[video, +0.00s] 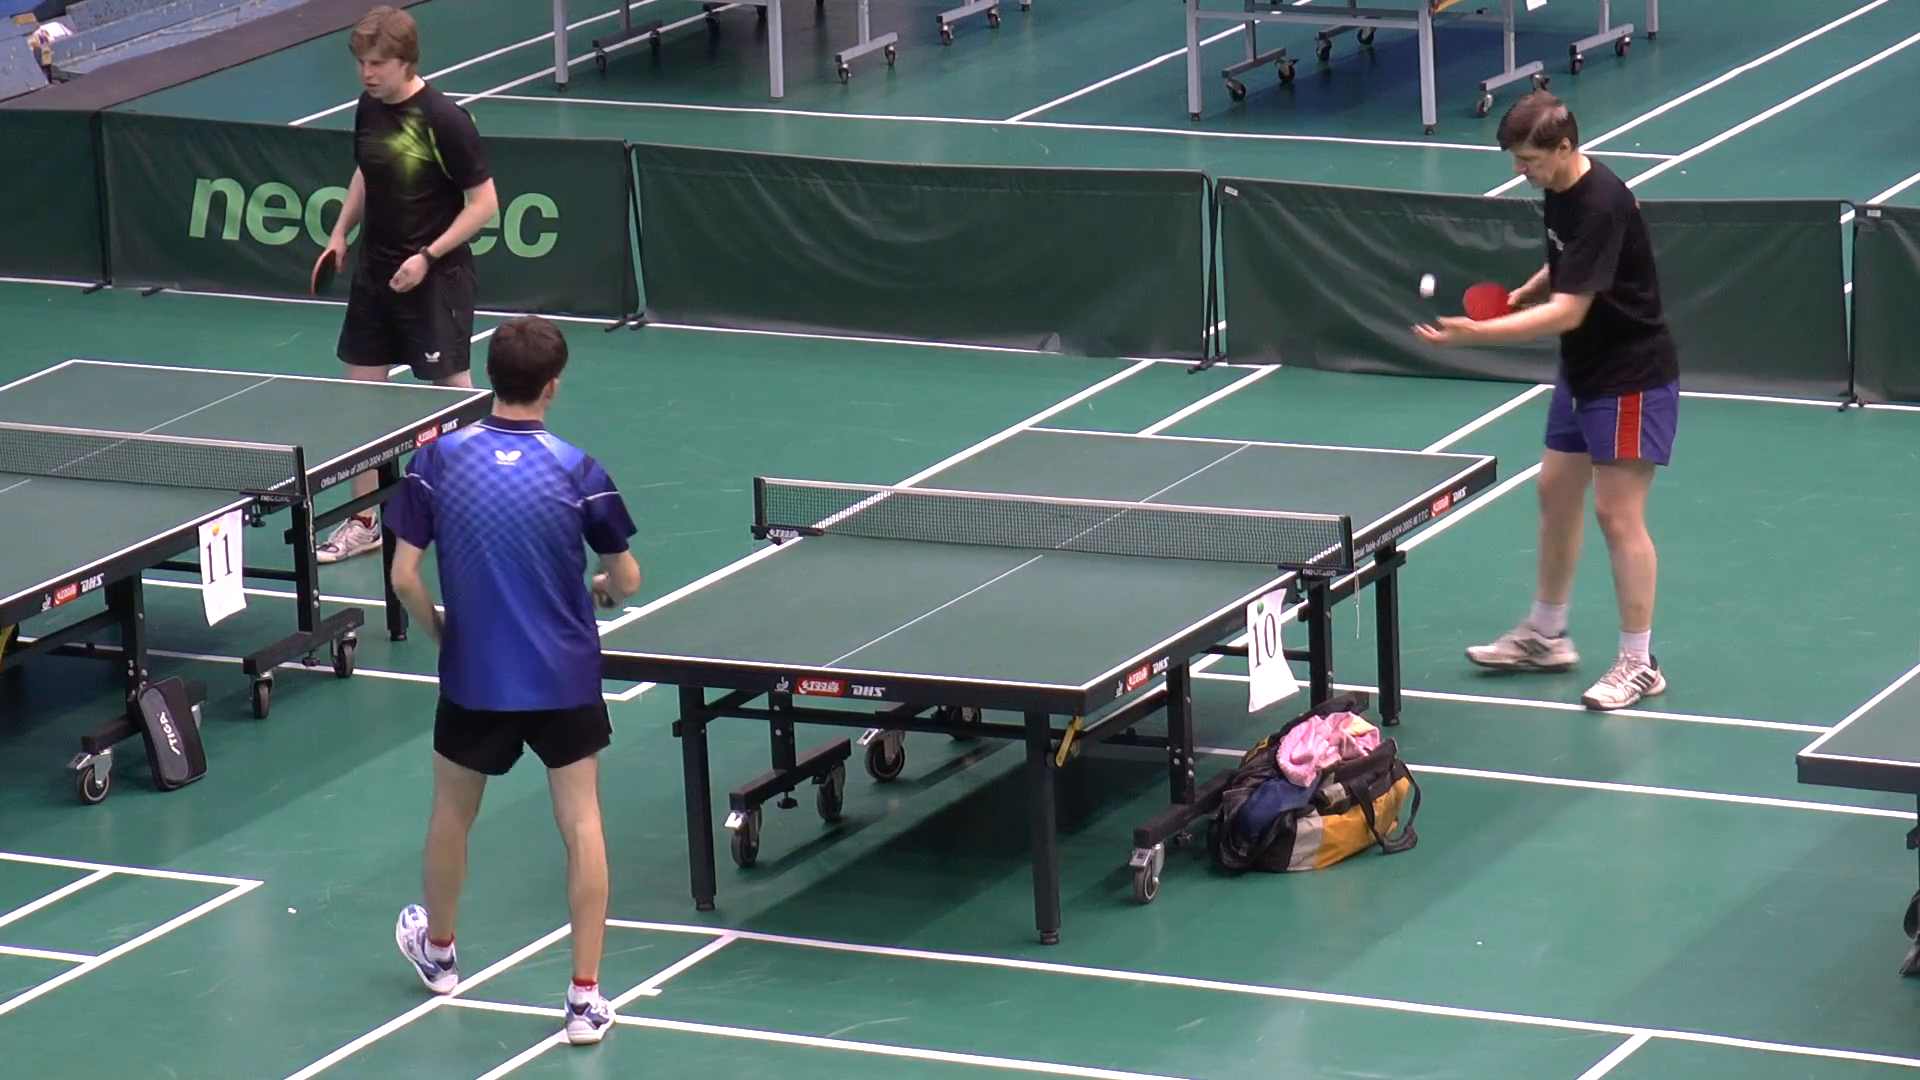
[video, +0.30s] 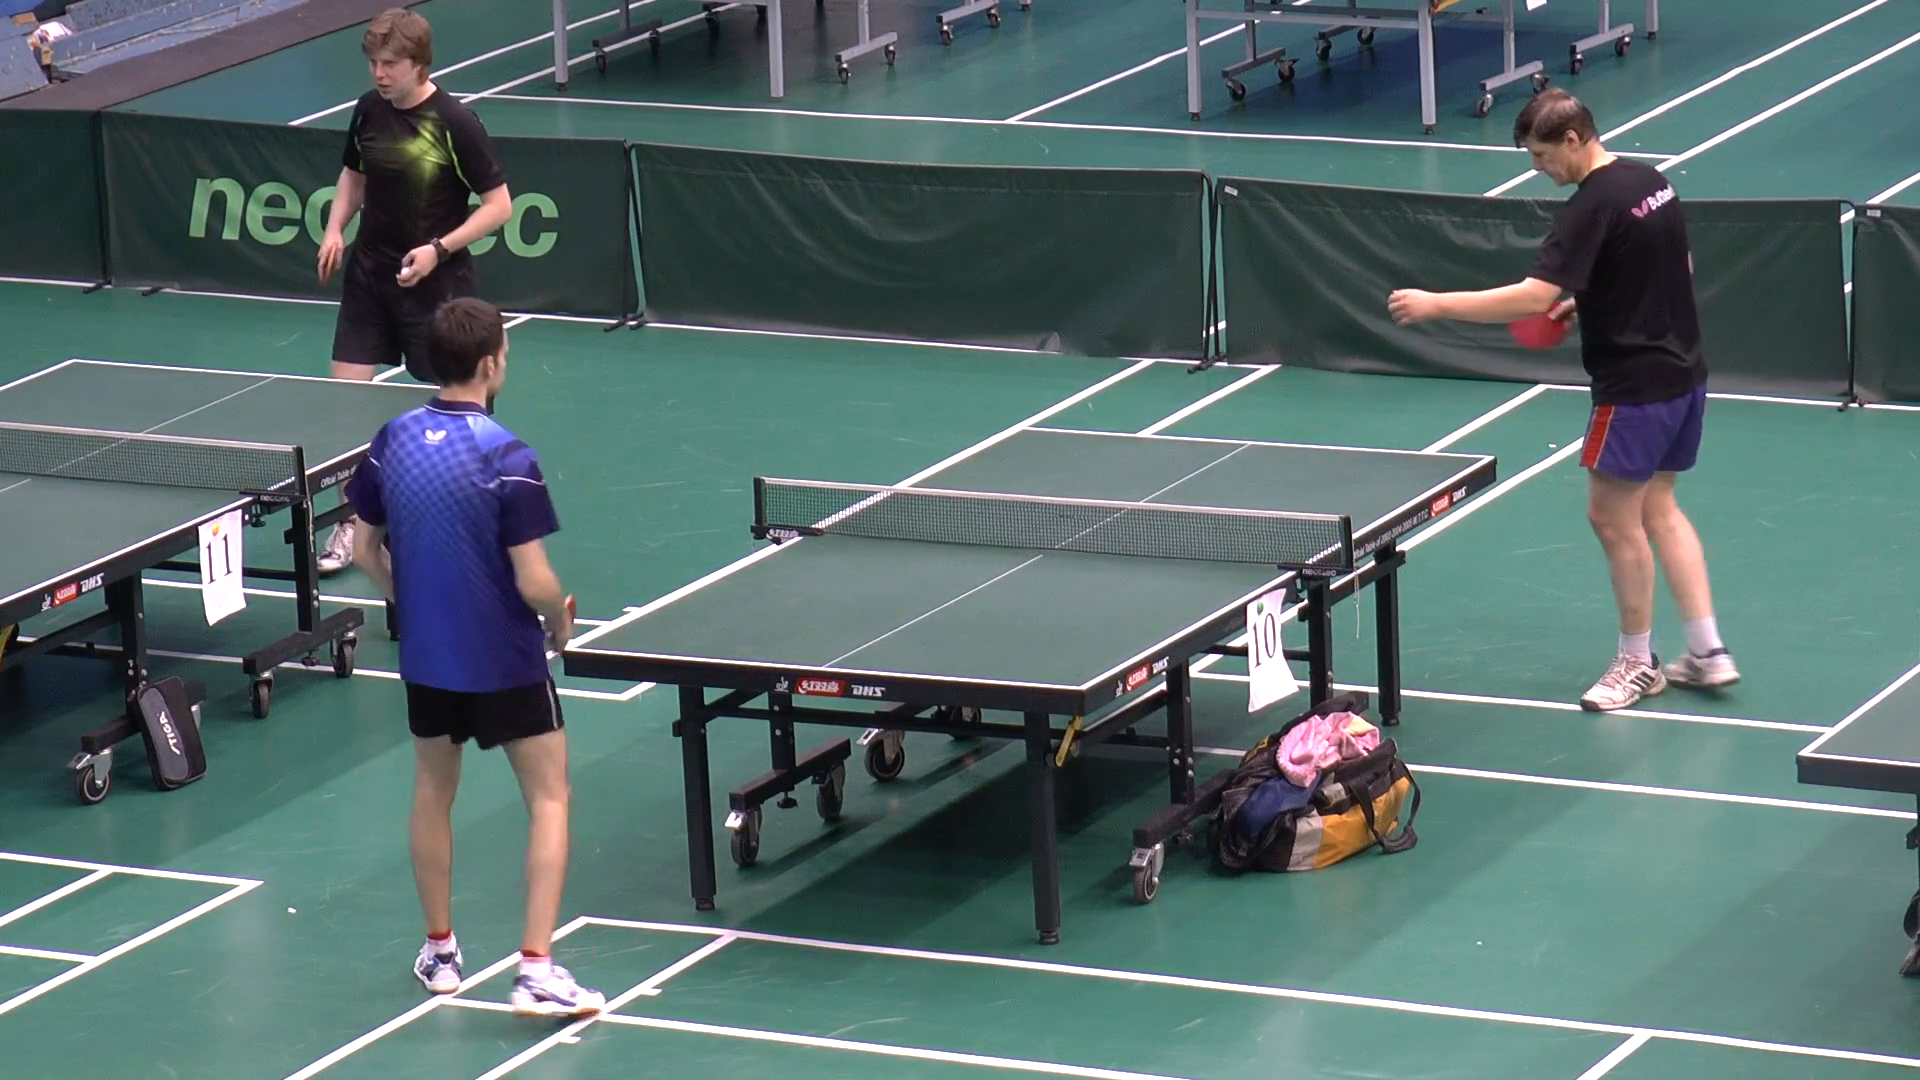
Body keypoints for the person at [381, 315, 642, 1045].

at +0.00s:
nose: (555, 388)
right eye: (557, 378)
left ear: (488, 379)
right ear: (554, 384)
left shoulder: (438, 458)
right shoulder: (578, 467)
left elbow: (404, 575)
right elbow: (627, 580)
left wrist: (435, 624)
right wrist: (601, 588)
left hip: (475, 684)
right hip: (564, 685)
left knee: (451, 816)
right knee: (583, 827)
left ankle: (437, 952)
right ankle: (585, 996)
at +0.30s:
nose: (505, 361)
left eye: (501, 351)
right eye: (502, 352)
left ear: (436, 363)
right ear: (489, 363)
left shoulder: (392, 438)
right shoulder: (506, 455)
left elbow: (364, 546)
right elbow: (535, 583)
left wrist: (405, 596)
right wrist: (560, 608)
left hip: (426, 661)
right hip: (504, 664)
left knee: (433, 789)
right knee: (548, 797)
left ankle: (440, 952)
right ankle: (537, 965)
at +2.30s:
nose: (446, 356)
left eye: (443, 345)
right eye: (442, 347)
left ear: (376, 364)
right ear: (426, 361)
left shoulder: (349, 431)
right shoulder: (440, 450)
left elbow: (327, 538)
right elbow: (458, 574)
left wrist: (377, 597)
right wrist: (522, 599)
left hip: (381, 650)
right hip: (442, 657)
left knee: (355, 781)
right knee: (472, 803)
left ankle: (340, 912)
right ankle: (486, 974)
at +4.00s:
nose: (524, 418)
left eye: (524, 406)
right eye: (521, 406)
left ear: (458, 402)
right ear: (493, 410)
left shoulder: (404, 460)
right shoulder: (481, 490)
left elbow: (357, 562)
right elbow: (525, 609)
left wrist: (424, 595)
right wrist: (613, 623)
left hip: (408, 676)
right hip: (469, 686)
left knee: (416, 778)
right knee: (572, 808)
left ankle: (346, 926)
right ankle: (495, 966)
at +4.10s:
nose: (530, 440)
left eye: (530, 428)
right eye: (525, 428)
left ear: (467, 425)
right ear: (495, 430)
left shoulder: (412, 481)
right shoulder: (488, 513)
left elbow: (376, 573)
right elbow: (550, 617)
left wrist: (467, 598)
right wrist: (657, 638)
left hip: (418, 693)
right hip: (481, 699)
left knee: (418, 794)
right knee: (619, 786)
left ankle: (339, 934)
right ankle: (535, 936)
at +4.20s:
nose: (568, 456)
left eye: (568, 444)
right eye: (563, 445)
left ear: (512, 442)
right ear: (525, 445)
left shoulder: (451, 488)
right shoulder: (528, 525)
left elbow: (404, 553)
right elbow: (620, 608)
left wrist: (496, 581)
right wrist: (735, 621)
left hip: (438, 702)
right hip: (503, 706)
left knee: (421, 802)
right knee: (658, 769)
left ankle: (340, 933)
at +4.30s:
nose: (647, 457)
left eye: (647, 444)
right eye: (639, 446)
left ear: (576, 442)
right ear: (597, 445)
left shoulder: (513, 479)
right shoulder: (594, 521)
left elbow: (437, 524)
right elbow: (707, 589)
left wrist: (496, 546)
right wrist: (829, 600)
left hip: (479, 700)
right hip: (552, 703)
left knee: (426, 805)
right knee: (708, 767)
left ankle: (339, 935)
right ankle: (784, 927)